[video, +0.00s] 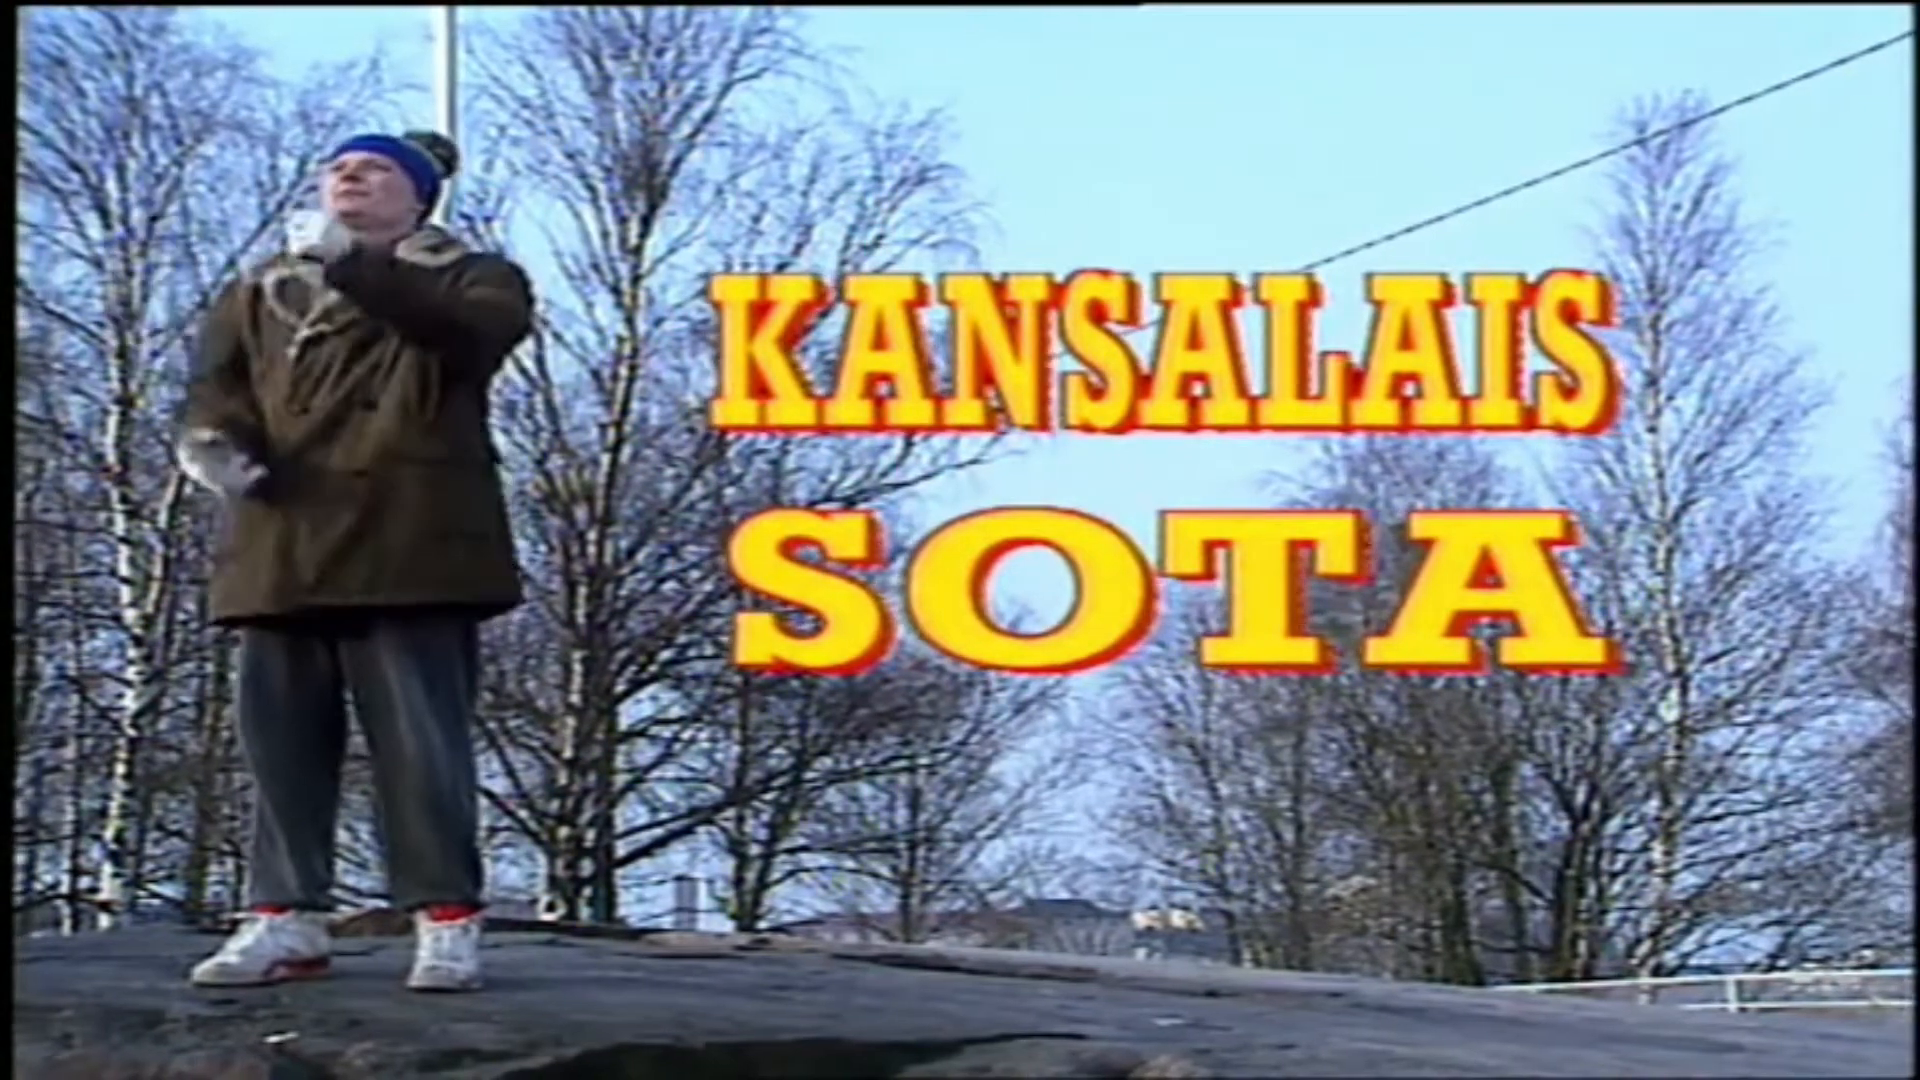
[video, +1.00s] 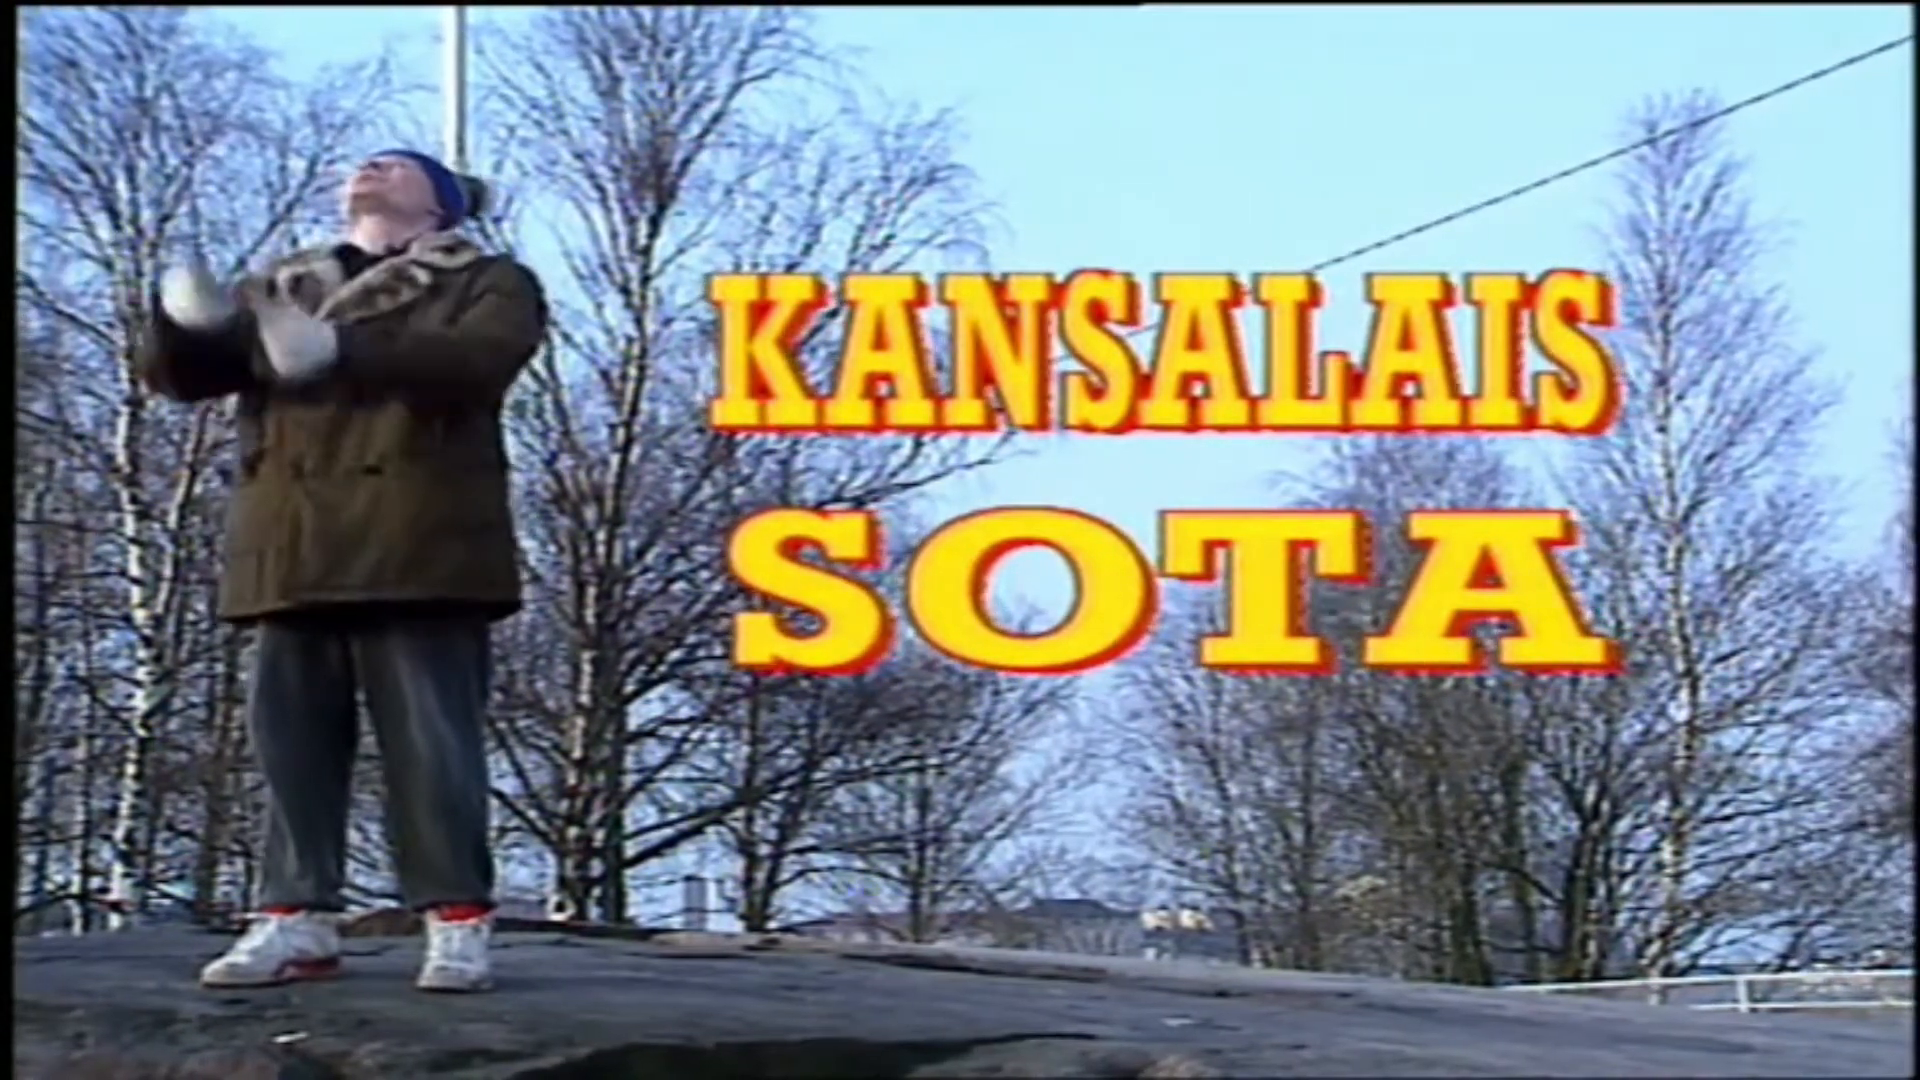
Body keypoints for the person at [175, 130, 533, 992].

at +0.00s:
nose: (349, 178)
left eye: (373, 170)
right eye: (337, 169)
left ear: (420, 198)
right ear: (319, 196)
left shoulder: (459, 269)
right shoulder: (263, 291)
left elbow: (495, 317)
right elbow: (210, 394)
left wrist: (360, 263)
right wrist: (219, 452)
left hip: (413, 545)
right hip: (284, 549)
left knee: (421, 741)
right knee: (280, 741)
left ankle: (446, 919)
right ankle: (290, 918)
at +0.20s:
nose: (342, 185)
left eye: (364, 172)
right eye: (333, 177)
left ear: (417, 194)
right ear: (320, 202)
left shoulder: (481, 283)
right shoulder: (276, 292)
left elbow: (464, 358)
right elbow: (188, 360)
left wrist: (344, 358)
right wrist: (143, 312)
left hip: (415, 559)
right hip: (283, 561)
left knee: (424, 746)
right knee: (284, 746)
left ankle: (449, 921)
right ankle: (290, 918)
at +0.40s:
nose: (342, 177)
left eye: (365, 167)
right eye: (332, 172)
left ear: (417, 196)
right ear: (318, 203)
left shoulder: (481, 284)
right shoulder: (277, 288)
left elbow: (479, 391)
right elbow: (163, 333)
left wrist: (364, 418)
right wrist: (150, 239)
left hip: (417, 564)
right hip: (286, 563)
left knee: (427, 750)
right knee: (287, 746)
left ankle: (451, 921)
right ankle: (294, 918)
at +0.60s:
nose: (349, 178)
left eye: (374, 168)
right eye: (339, 170)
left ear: (425, 199)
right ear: (324, 199)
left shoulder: (483, 282)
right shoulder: (278, 282)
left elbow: (472, 354)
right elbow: (209, 355)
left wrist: (342, 306)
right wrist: (207, 387)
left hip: (419, 558)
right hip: (286, 557)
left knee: (429, 747)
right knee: (285, 746)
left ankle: (451, 920)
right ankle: (295, 918)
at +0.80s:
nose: (359, 167)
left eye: (386, 162)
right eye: (348, 162)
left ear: (433, 204)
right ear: (326, 195)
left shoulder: (471, 271)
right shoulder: (269, 285)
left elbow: (495, 316)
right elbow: (208, 376)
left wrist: (353, 252)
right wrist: (223, 399)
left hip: (421, 548)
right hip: (290, 553)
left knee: (429, 738)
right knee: (286, 737)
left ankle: (454, 918)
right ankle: (298, 917)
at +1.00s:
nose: (365, 176)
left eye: (391, 167)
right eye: (358, 171)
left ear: (441, 208)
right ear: (340, 207)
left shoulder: (490, 279)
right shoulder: (290, 281)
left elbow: (480, 358)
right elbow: (183, 374)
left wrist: (339, 349)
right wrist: (182, 326)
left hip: (423, 553)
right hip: (294, 554)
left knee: (432, 740)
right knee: (291, 738)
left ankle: (457, 920)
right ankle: (299, 918)